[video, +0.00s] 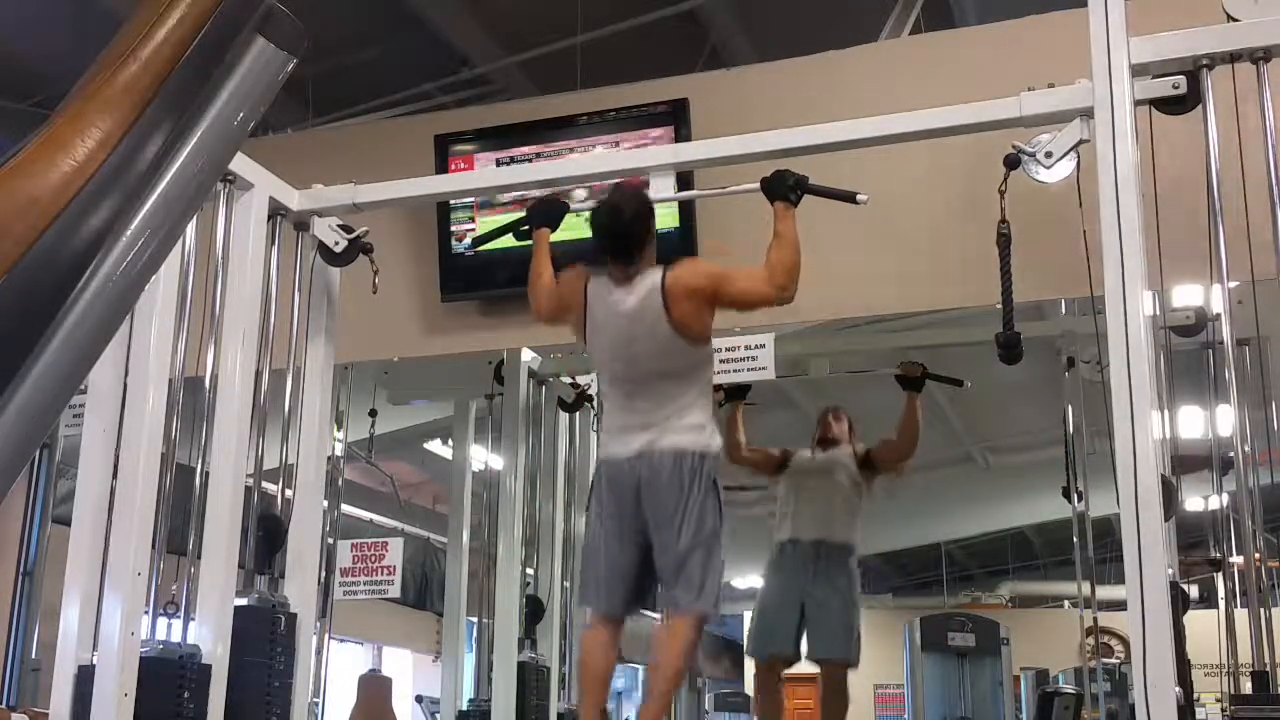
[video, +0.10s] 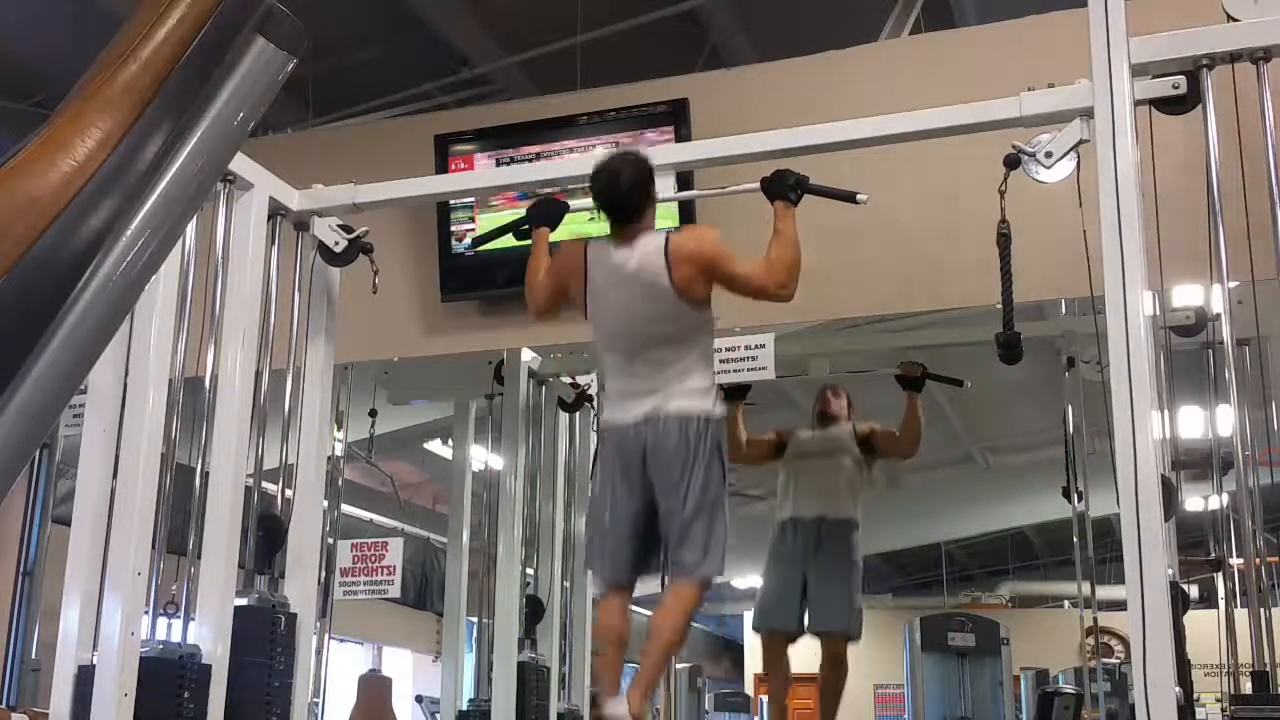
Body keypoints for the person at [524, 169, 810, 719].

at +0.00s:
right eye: (647, 222)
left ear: (599, 237)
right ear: (654, 230)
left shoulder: (584, 289)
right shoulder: (691, 281)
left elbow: (542, 301)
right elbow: (779, 285)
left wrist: (540, 234)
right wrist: (784, 206)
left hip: (614, 465)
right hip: (683, 462)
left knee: (603, 610)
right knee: (685, 604)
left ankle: (590, 716)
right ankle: (651, 715)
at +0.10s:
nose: (650, 194)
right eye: (649, 187)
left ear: (600, 205)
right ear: (653, 197)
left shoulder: (580, 258)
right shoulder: (693, 246)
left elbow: (539, 303)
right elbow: (777, 283)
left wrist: (540, 237)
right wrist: (784, 207)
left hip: (619, 430)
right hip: (687, 427)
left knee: (613, 581)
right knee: (689, 572)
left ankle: (606, 706)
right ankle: (635, 704)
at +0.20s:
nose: (655, 160)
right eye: (653, 154)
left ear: (601, 176)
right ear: (655, 164)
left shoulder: (581, 230)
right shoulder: (694, 218)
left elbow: (540, 298)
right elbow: (771, 275)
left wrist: (541, 228)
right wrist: (784, 205)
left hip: (625, 398)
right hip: (690, 394)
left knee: (624, 544)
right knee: (693, 537)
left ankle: (631, 684)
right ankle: (626, 665)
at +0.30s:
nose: (657, 139)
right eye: (657, 131)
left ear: (604, 151)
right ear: (660, 141)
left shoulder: (584, 210)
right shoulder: (696, 196)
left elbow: (545, 291)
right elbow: (755, 269)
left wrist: (538, 230)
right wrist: (783, 201)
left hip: (629, 375)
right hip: (693, 369)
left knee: (641, 518)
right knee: (699, 512)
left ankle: (653, 664)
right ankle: (633, 641)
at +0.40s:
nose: (663, 132)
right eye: (662, 124)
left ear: (607, 146)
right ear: (662, 136)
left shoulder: (585, 208)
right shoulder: (696, 195)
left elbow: (549, 289)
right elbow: (755, 269)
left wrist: (538, 226)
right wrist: (783, 199)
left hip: (629, 370)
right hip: (695, 364)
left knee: (651, 513)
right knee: (700, 507)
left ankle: (663, 656)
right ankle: (644, 643)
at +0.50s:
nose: (659, 153)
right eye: (659, 145)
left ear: (607, 169)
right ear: (661, 155)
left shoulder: (584, 227)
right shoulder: (696, 215)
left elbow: (544, 297)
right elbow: (771, 278)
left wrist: (540, 230)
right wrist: (784, 204)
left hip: (631, 391)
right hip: (694, 385)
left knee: (652, 534)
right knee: (706, 529)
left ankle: (665, 671)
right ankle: (653, 665)